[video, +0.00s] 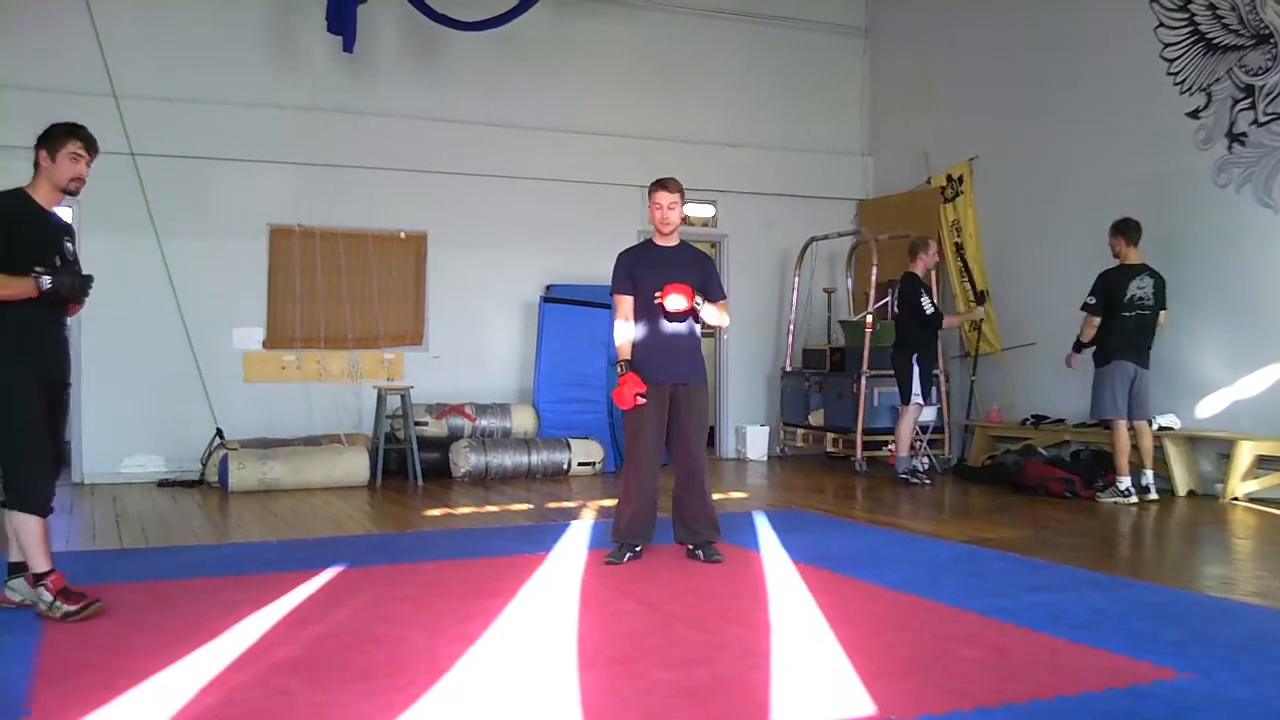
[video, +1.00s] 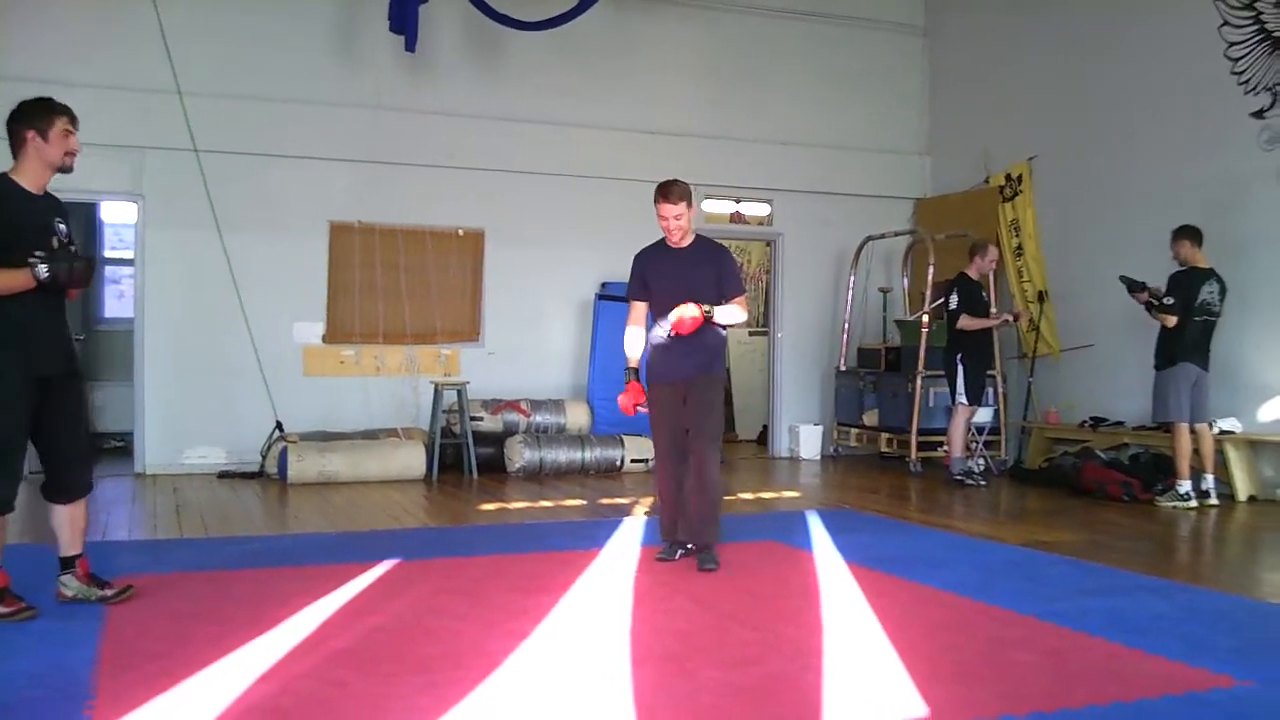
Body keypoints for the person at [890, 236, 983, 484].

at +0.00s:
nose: (937, 258)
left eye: (937, 254)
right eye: (934, 254)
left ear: (918, 257)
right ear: (921, 257)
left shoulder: (910, 283)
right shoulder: (914, 285)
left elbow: (930, 320)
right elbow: (936, 321)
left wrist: (963, 317)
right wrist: (970, 316)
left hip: (911, 353)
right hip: (912, 355)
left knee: (911, 408)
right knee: (912, 408)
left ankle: (904, 462)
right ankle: (903, 465)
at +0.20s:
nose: (936, 259)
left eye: (936, 254)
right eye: (933, 255)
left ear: (919, 258)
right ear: (920, 257)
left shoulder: (910, 284)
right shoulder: (912, 285)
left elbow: (919, 325)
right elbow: (927, 325)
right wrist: (962, 335)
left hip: (912, 353)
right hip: (912, 355)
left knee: (908, 408)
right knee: (914, 407)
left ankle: (904, 462)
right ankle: (903, 465)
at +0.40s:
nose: (941, 259)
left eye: (941, 254)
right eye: (938, 254)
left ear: (925, 256)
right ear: (925, 256)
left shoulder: (919, 283)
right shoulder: (914, 283)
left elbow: (924, 322)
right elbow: (920, 324)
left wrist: (949, 333)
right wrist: (953, 335)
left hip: (919, 351)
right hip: (914, 352)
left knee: (915, 406)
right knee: (917, 405)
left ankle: (910, 459)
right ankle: (908, 462)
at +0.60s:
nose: (1008, 266)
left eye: (1009, 261)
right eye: (1005, 261)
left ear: (993, 261)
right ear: (992, 261)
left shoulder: (989, 289)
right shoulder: (976, 287)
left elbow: (995, 324)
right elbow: (981, 327)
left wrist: (1022, 327)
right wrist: (1016, 334)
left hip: (990, 357)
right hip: (979, 357)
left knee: (983, 412)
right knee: (981, 411)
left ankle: (977, 466)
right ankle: (975, 469)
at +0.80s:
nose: (1005, 268)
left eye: (1006, 263)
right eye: (1002, 263)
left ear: (991, 263)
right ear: (988, 261)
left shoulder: (987, 289)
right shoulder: (970, 287)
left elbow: (994, 320)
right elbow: (972, 325)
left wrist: (1022, 321)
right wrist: (1006, 327)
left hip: (986, 357)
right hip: (972, 358)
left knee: (977, 412)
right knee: (972, 411)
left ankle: (968, 464)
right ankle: (966, 467)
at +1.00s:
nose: (993, 267)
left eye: (995, 262)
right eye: (991, 262)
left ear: (979, 260)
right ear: (977, 260)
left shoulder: (977, 286)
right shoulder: (960, 284)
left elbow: (981, 316)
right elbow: (960, 321)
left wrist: (1007, 317)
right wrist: (995, 320)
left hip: (975, 355)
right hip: (962, 355)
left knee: (967, 409)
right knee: (962, 409)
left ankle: (961, 462)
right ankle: (956, 465)